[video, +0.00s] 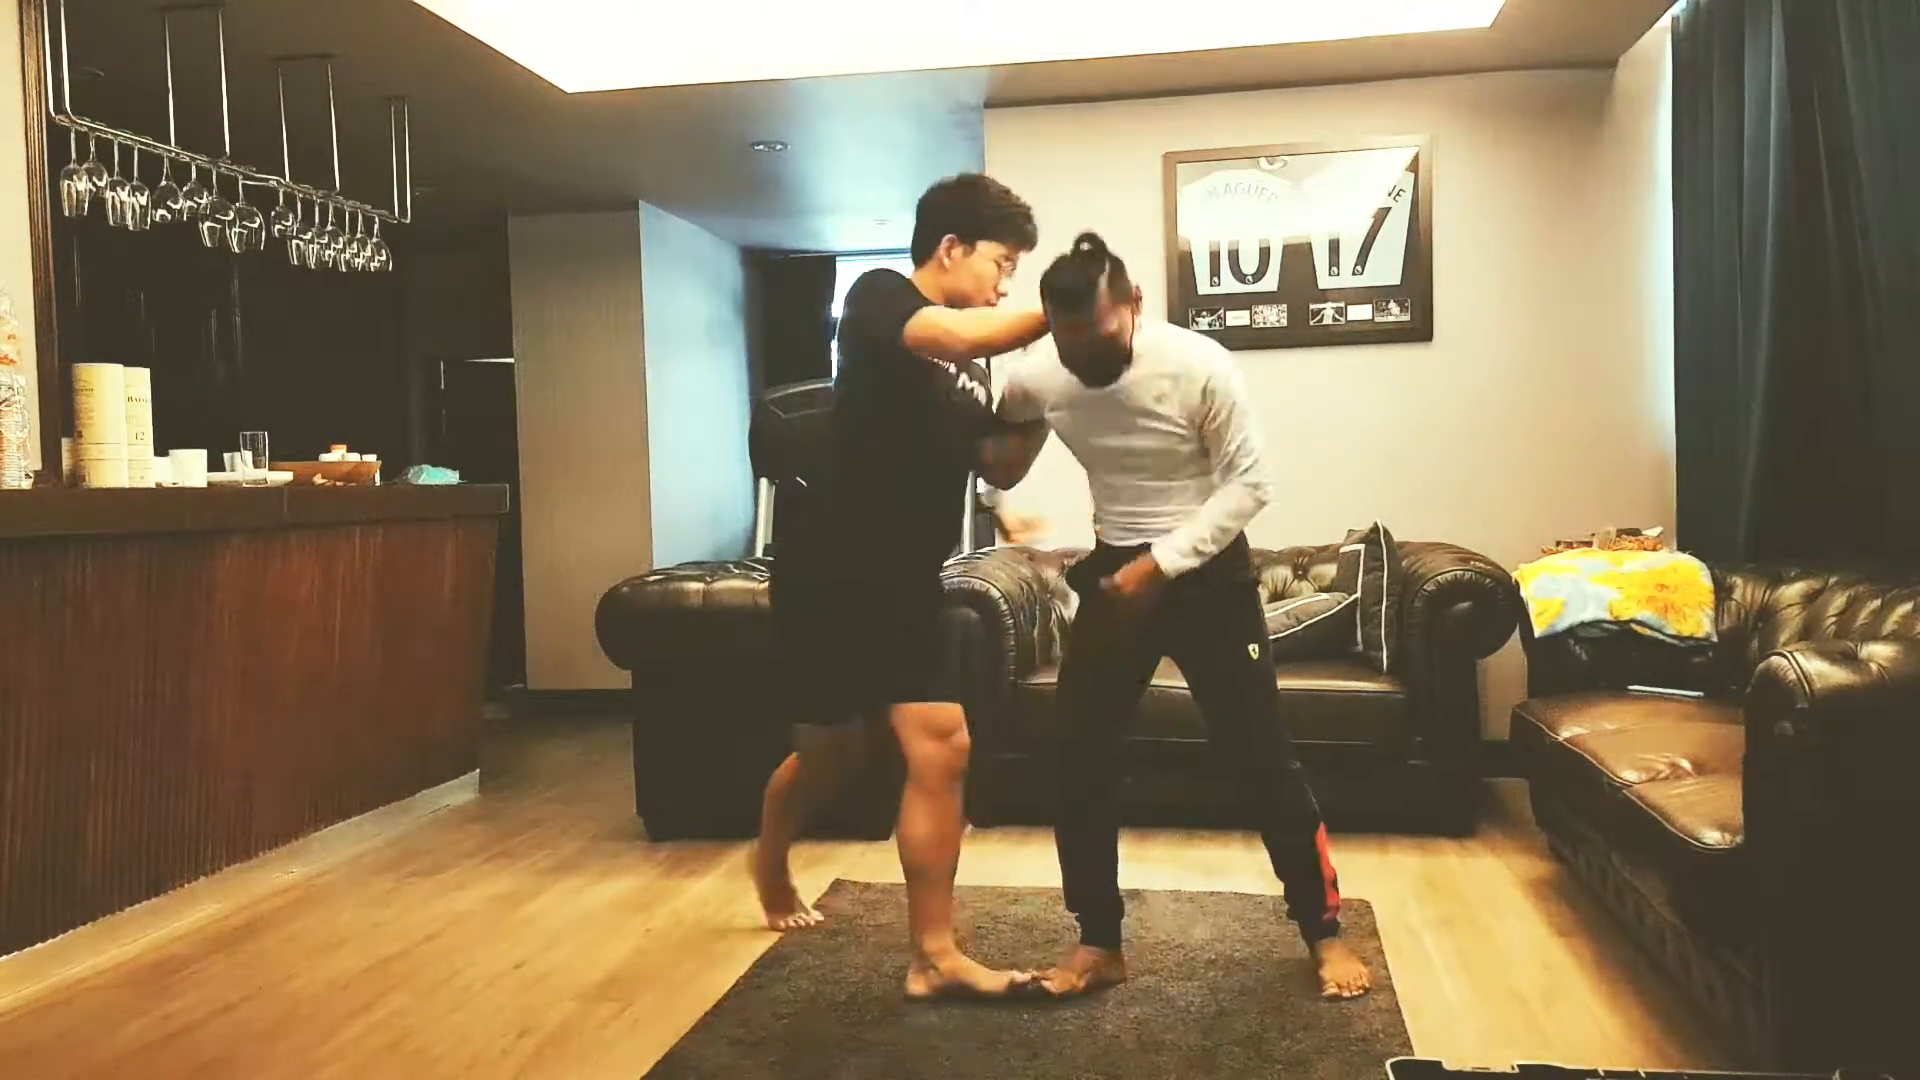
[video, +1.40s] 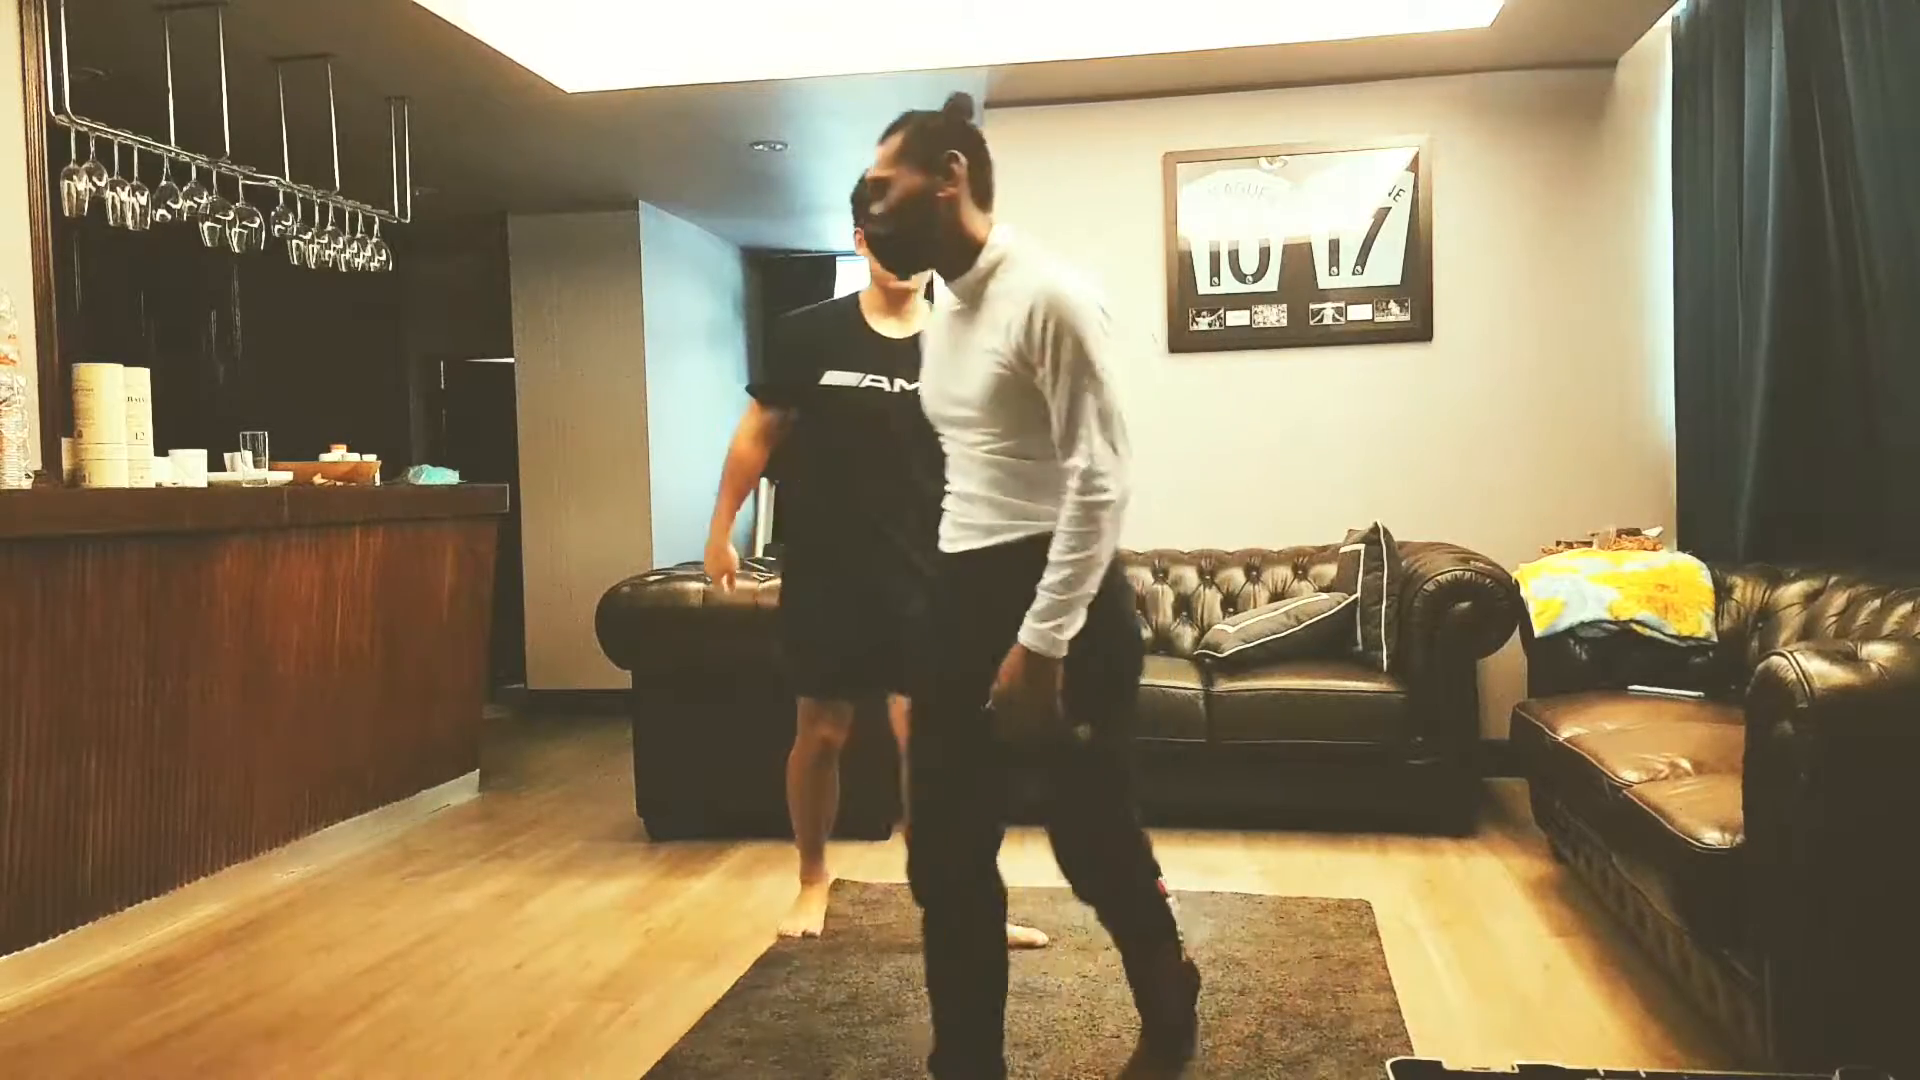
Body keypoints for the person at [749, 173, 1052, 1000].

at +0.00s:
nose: (1005, 286)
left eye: (1011, 271)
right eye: (1000, 265)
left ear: (957, 258)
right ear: (950, 248)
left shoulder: (959, 357)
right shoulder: (877, 294)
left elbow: (999, 468)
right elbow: (959, 336)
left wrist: (1028, 410)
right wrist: (1059, 302)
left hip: (908, 570)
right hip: (835, 565)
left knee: (939, 747)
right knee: (830, 755)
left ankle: (937, 956)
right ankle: (769, 855)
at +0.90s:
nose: (1003, 257)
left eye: (1009, 243)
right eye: (986, 240)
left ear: (1015, 246)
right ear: (941, 240)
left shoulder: (1006, 339)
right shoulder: (904, 305)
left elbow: (1023, 450)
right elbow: (921, 357)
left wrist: (1038, 498)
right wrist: (1026, 326)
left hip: (962, 564)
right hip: (879, 558)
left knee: (981, 727)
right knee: (859, 742)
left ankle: (956, 907)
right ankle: (802, 852)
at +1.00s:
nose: (988, 249)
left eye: (997, 235)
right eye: (972, 234)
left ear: (1009, 242)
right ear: (935, 237)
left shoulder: (1010, 346)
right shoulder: (892, 319)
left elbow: (1010, 456)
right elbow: (878, 405)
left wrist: (994, 538)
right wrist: (965, 399)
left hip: (967, 553)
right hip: (877, 549)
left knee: (974, 726)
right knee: (850, 729)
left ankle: (954, 904)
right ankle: (807, 855)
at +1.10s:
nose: (973, 245)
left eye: (984, 231)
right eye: (960, 229)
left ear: (1000, 243)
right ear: (927, 235)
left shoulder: (1009, 353)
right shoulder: (878, 328)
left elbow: (1004, 477)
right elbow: (840, 434)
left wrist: (994, 584)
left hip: (963, 565)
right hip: (869, 554)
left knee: (963, 727)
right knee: (847, 729)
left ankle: (954, 904)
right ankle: (814, 862)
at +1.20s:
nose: (949, 240)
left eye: (962, 225)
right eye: (936, 224)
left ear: (984, 244)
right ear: (910, 236)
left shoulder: (997, 350)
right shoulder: (856, 334)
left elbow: (1005, 471)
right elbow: (814, 448)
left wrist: (1016, 564)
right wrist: (806, 564)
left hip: (954, 576)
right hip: (860, 572)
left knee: (948, 733)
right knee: (842, 733)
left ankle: (954, 903)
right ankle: (822, 878)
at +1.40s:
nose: (895, 249)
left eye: (905, 235)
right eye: (880, 233)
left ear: (930, 246)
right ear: (859, 240)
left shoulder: (956, 336)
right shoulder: (809, 331)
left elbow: (993, 449)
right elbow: (757, 433)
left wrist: (991, 549)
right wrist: (721, 532)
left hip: (925, 564)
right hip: (825, 564)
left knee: (930, 734)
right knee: (820, 734)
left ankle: (963, 896)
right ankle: (812, 885)